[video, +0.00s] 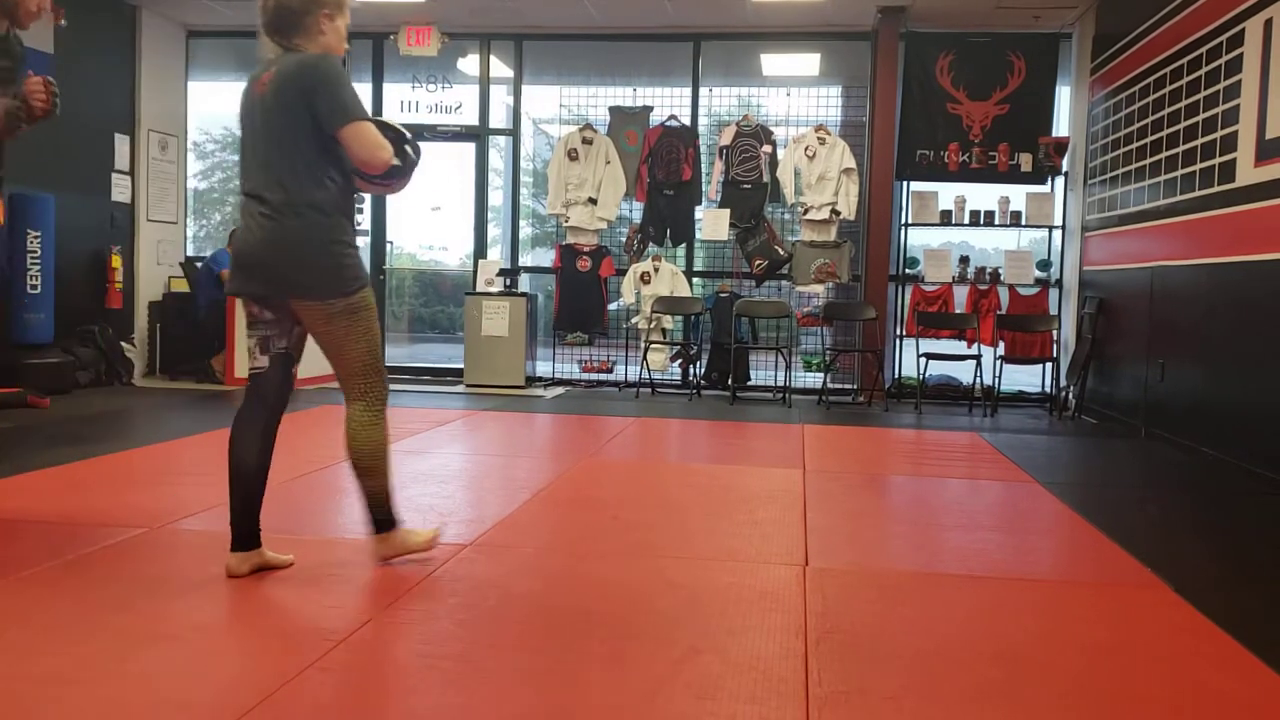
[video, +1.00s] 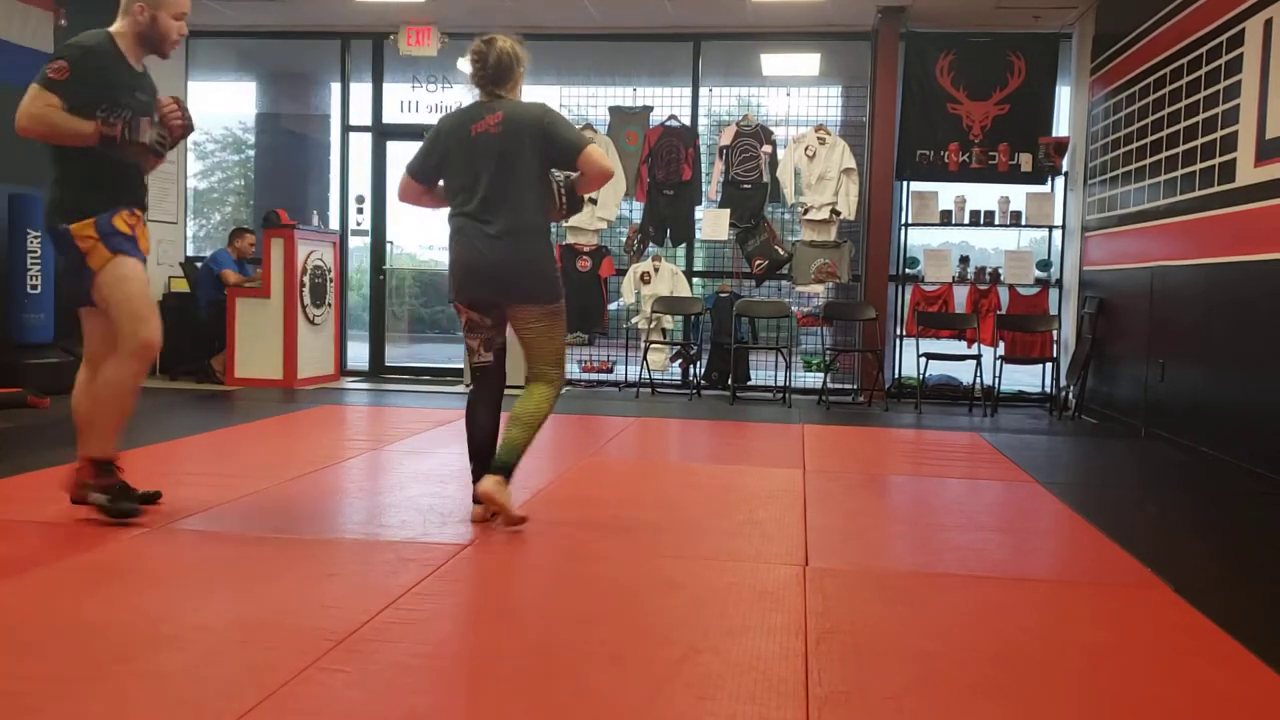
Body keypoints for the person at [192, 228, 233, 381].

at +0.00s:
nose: (242, 249)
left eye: (243, 246)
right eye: (241, 245)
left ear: (230, 242)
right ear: (235, 243)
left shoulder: (229, 258)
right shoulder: (221, 255)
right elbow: (229, 283)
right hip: (208, 308)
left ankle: (218, 363)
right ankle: (217, 364)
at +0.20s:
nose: (253, 250)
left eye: (254, 246)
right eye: (250, 245)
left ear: (238, 244)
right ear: (237, 243)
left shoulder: (239, 262)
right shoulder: (220, 256)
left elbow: (250, 280)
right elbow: (230, 280)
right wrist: (249, 279)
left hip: (225, 309)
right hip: (208, 310)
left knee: (254, 327)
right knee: (247, 331)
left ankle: (221, 363)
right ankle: (217, 363)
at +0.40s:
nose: (253, 250)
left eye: (254, 246)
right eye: (250, 245)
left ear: (238, 244)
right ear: (237, 243)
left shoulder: (239, 261)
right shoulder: (220, 255)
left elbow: (250, 279)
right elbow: (231, 280)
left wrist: (264, 276)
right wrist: (252, 278)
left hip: (225, 308)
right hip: (208, 310)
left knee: (254, 326)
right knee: (247, 329)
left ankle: (222, 363)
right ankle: (218, 362)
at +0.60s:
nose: (253, 250)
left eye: (254, 246)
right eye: (251, 245)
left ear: (238, 244)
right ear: (237, 243)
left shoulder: (239, 262)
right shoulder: (221, 255)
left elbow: (249, 281)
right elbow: (231, 280)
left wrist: (263, 277)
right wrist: (253, 278)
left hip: (226, 308)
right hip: (208, 309)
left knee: (254, 327)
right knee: (247, 330)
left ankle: (222, 363)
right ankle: (218, 362)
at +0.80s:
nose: (253, 250)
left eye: (254, 246)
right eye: (251, 245)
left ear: (238, 244)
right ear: (237, 243)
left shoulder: (240, 263)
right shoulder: (221, 256)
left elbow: (250, 281)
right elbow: (231, 280)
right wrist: (254, 279)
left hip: (226, 308)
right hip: (208, 308)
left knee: (255, 326)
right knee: (248, 329)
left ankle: (222, 363)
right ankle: (218, 362)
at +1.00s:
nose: (253, 250)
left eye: (254, 246)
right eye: (251, 245)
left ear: (238, 244)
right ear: (237, 243)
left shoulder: (240, 262)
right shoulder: (221, 256)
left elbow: (249, 281)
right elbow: (230, 280)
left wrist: (264, 277)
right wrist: (255, 278)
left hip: (225, 307)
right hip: (208, 308)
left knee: (254, 326)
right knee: (248, 330)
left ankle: (222, 363)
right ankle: (217, 362)